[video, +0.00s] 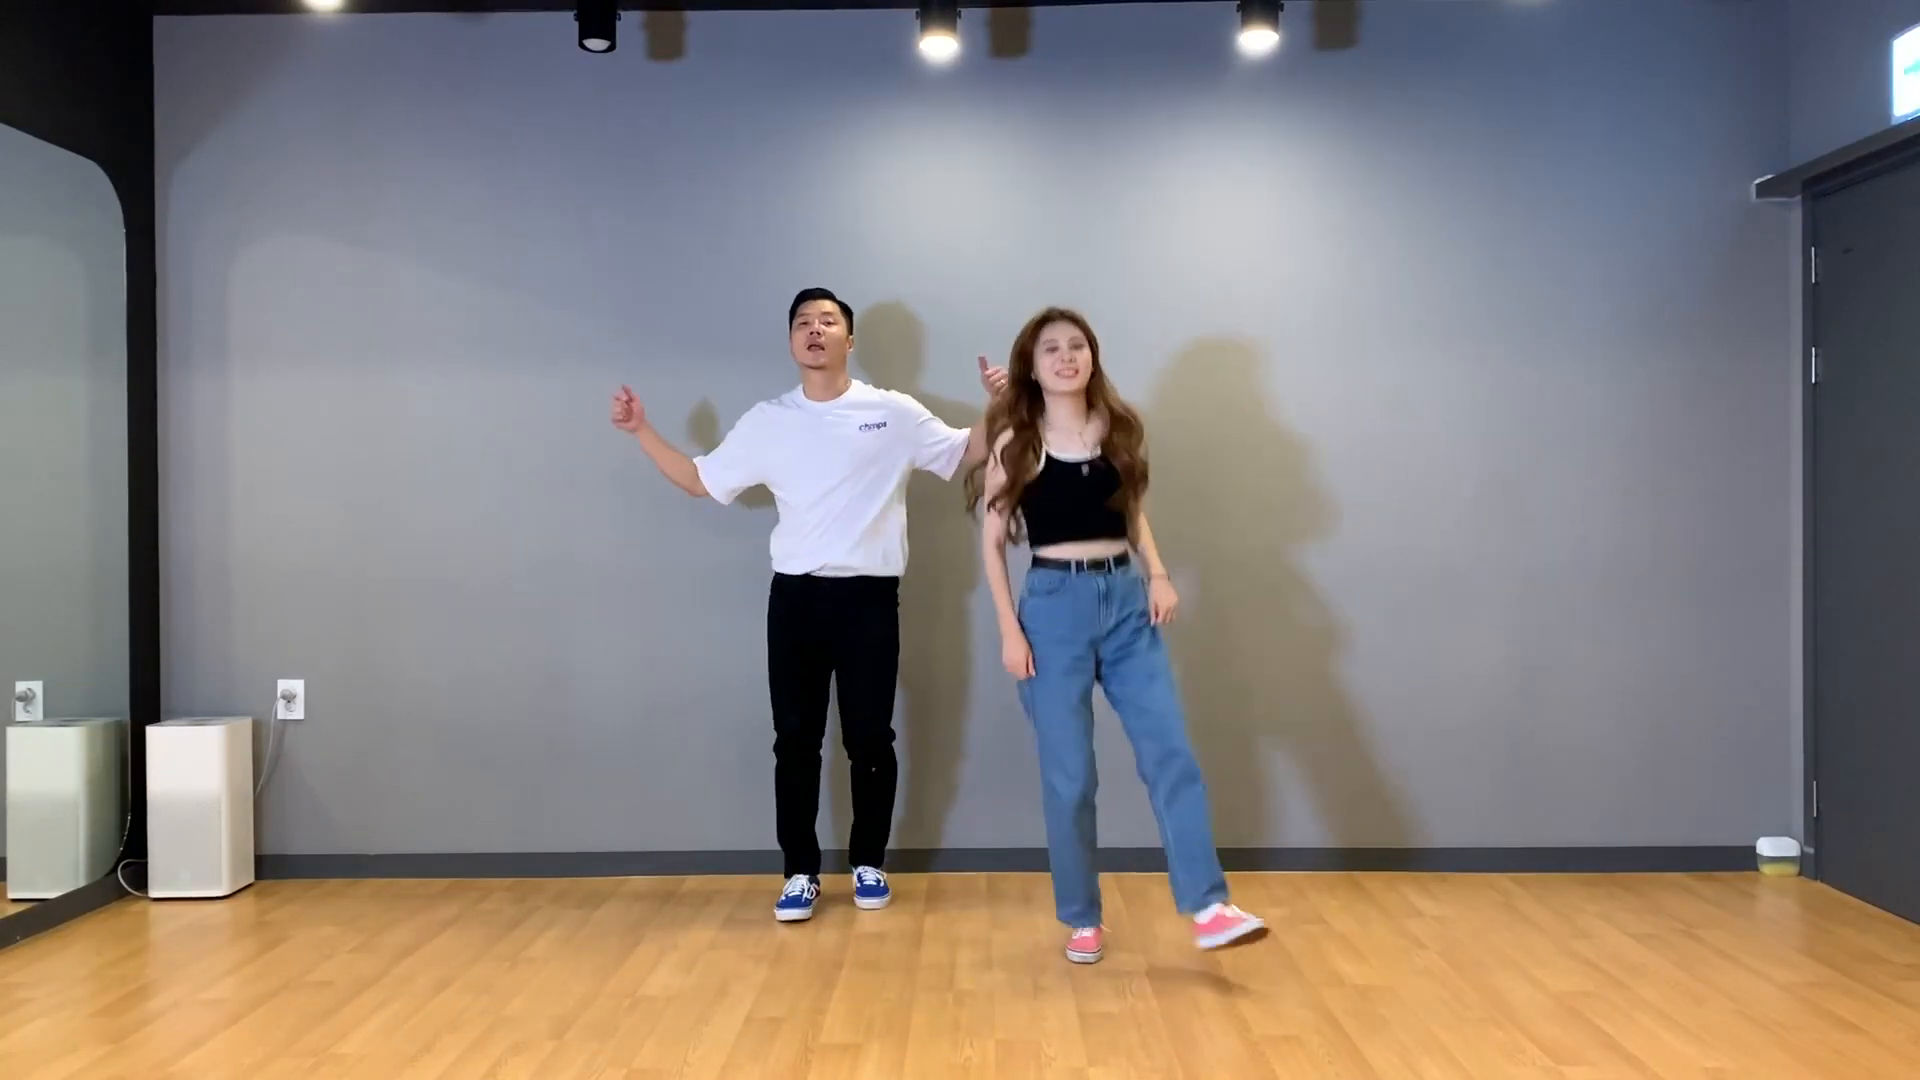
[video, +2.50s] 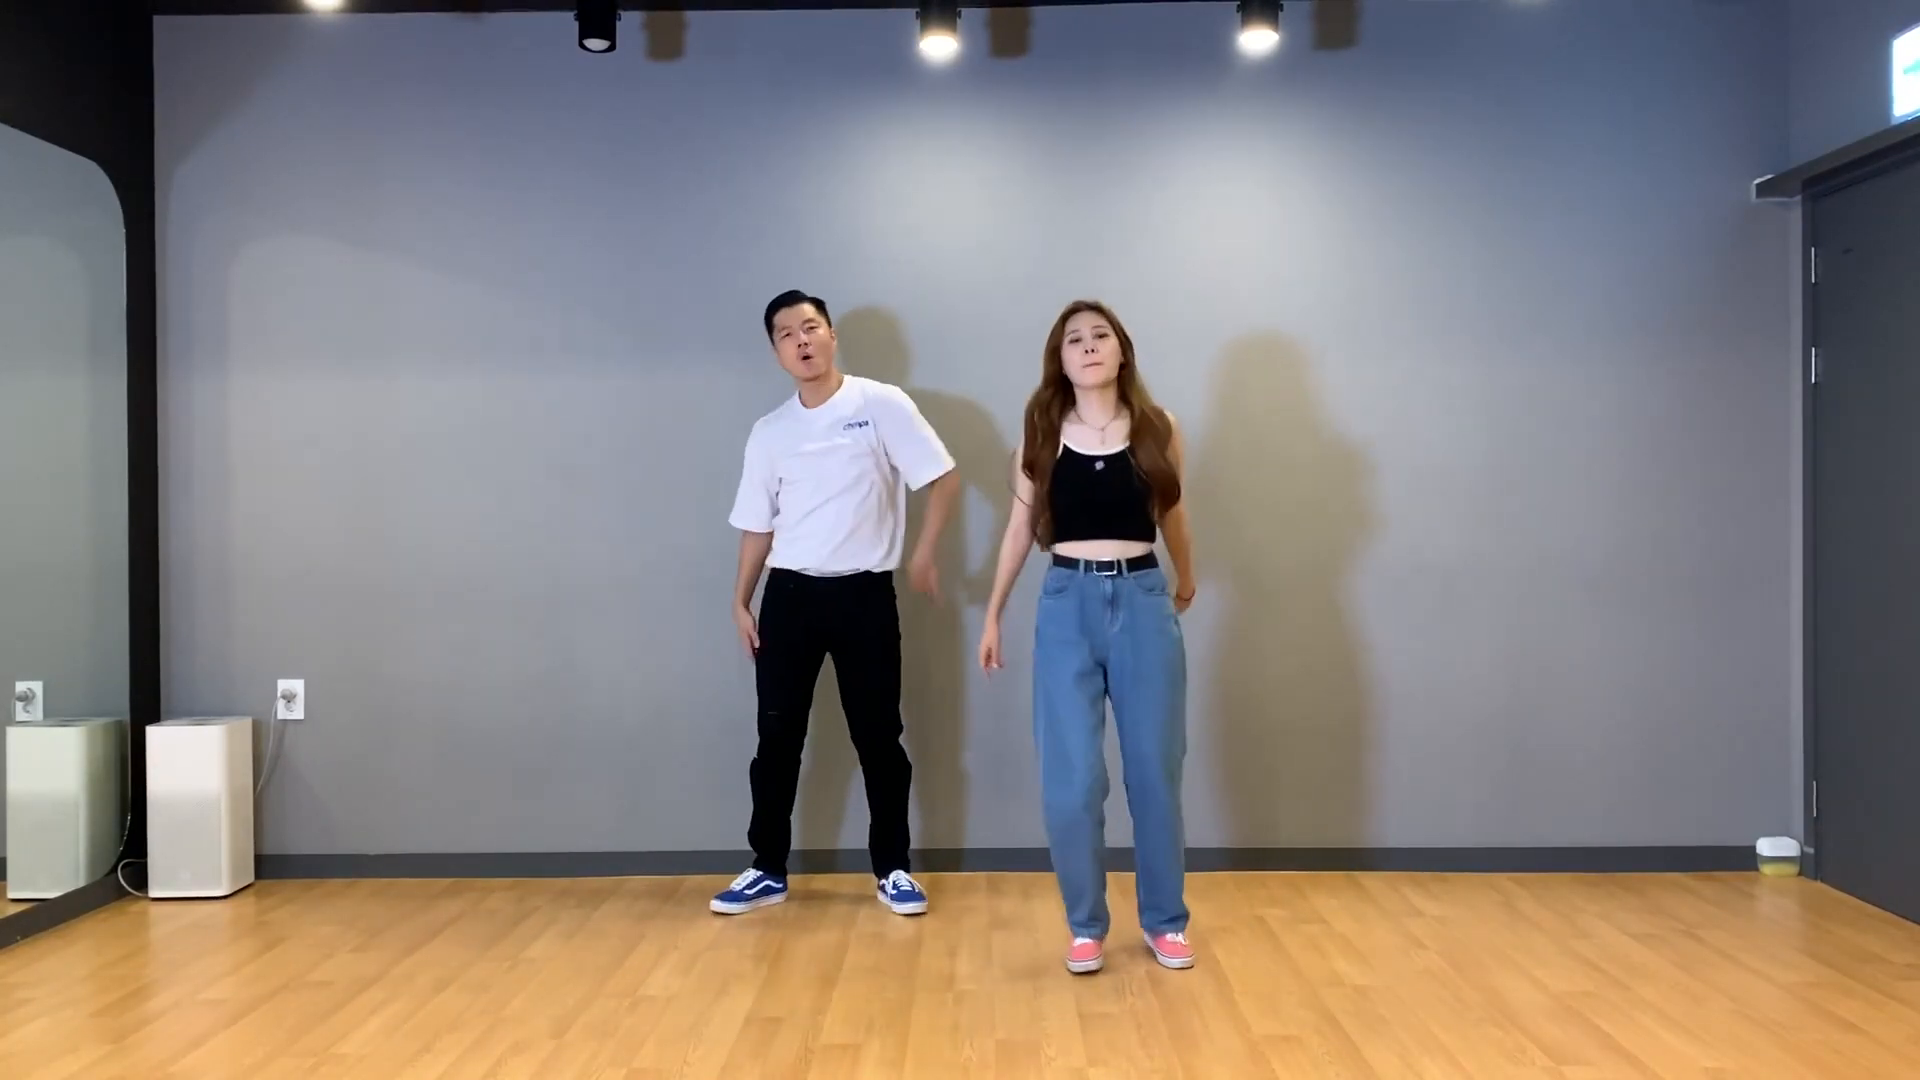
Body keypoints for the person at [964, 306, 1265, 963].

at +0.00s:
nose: (1065, 358)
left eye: (1075, 347)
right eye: (1050, 350)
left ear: (1093, 359)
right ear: (1031, 366)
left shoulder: (1119, 431)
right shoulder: (1014, 444)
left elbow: (1133, 512)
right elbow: (993, 540)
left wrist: (1158, 573)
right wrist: (1009, 628)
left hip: (1125, 598)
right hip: (1052, 604)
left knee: (1170, 751)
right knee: (1071, 775)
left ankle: (1205, 903)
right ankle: (1082, 917)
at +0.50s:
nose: (1089, 356)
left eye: (1100, 344)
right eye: (1075, 348)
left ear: (1119, 354)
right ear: (1058, 363)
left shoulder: (1139, 429)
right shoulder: (1037, 425)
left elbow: (1144, 518)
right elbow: (1010, 527)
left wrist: (1167, 568)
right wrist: (1016, 613)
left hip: (1139, 599)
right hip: (1065, 601)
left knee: (1143, 760)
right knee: (1074, 766)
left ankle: (1138, 905)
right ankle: (1079, 916)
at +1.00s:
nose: (1094, 366)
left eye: (1107, 356)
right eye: (1082, 356)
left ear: (1128, 369)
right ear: (1066, 369)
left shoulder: (1153, 445)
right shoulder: (1040, 444)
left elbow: (1207, 525)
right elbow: (990, 523)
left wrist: (1273, 587)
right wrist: (926, 582)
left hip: (1126, 615)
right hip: (1052, 614)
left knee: (1122, 775)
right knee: (1054, 784)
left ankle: (1129, 917)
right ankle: (1080, 916)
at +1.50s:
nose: (1086, 368)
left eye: (1096, 356)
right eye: (1071, 361)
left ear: (1115, 365)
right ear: (1057, 375)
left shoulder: (1154, 441)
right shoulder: (1036, 446)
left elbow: (1162, 537)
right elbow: (1025, 541)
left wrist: (1161, 620)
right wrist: (1012, 628)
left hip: (1134, 609)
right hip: (1060, 609)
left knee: (1131, 771)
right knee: (1072, 772)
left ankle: (1133, 917)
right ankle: (1080, 916)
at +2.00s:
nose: (1101, 337)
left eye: (1115, 329)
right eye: (1089, 327)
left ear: (1132, 346)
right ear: (1068, 343)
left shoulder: (1156, 415)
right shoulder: (1036, 423)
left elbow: (1173, 510)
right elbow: (1011, 519)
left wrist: (1144, 558)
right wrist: (1050, 571)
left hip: (1137, 589)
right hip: (1062, 592)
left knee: (1140, 758)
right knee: (1071, 757)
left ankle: (1142, 909)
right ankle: (1079, 911)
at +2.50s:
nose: (1088, 348)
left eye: (1099, 336)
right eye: (1074, 341)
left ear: (1122, 350)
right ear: (1059, 359)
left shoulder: (1156, 428)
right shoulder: (1042, 434)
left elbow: (1172, 512)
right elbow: (1019, 528)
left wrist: (1186, 578)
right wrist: (993, 613)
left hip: (1145, 604)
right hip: (1065, 606)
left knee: (1154, 770)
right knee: (1072, 777)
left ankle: (1165, 921)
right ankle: (1085, 924)